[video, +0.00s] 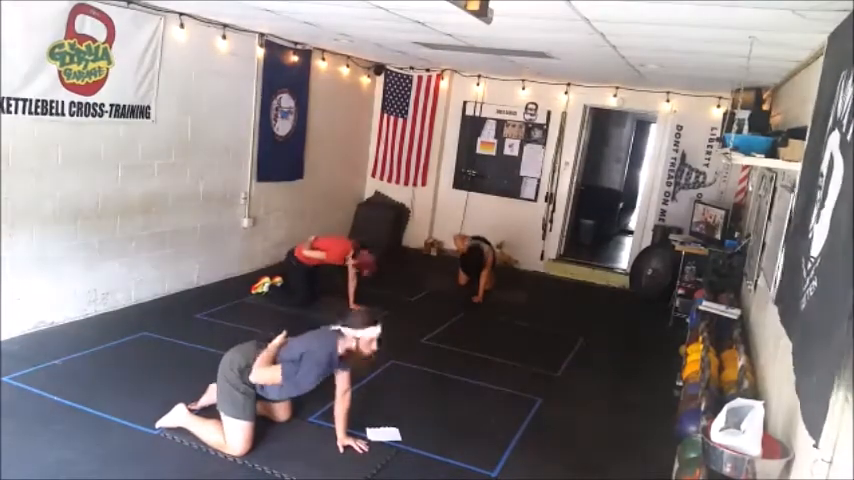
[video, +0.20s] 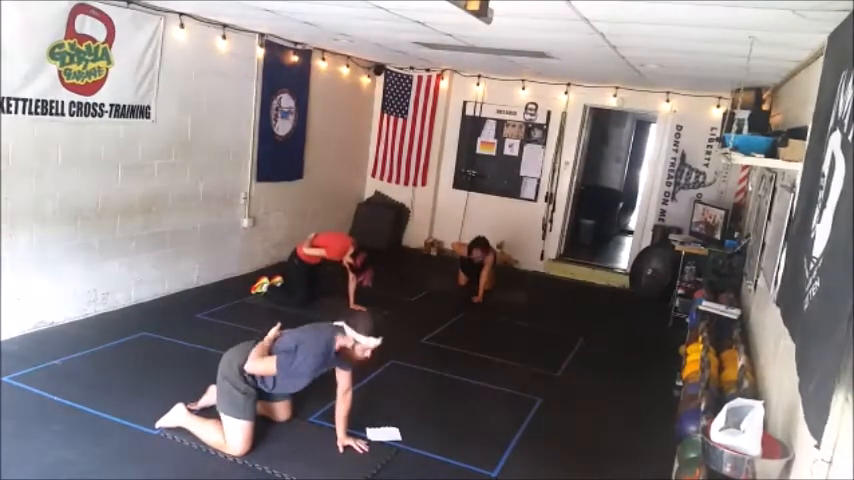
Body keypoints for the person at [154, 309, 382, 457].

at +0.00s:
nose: (375, 346)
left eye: (377, 340)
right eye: (373, 340)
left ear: (355, 333)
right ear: (355, 335)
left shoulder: (341, 343)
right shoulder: (317, 360)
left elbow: (343, 391)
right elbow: (257, 375)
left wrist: (343, 435)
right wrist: (274, 345)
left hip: (262, 355)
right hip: (238, 368)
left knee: (281, 412)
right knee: (237, 446)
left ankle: (221, 395)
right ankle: (183, 417)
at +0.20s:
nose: (370, 353)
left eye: (373, 348)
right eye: (368, 348)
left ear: (352, 335)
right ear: (350, 340)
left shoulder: (344, 340)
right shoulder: (311, 354)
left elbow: (345, 390)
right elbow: (251, 366)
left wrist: (342, 434)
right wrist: (268, 339)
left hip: (271, 364)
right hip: (239, 369)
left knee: (281, 413)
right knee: (236, 446)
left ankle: (220, 397)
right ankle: (183, 417)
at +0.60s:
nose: (373, 356)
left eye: (376, 350)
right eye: (370, 350)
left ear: (354, 336)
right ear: (354, 343)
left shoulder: (343, 338)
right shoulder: (316, 365)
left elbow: (342, 393)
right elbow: (257, 377)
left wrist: (342, 435)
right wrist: (271, 347)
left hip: (260, 356)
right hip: (235, 370)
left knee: (282, 413)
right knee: (236, 445)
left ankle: (220, 397)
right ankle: (183, 417)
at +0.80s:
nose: (366, 359)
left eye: (370, 355)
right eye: (364, 354)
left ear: (350, 338)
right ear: (349, 344)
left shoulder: (338, 337)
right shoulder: (313, 360)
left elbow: (339, 390)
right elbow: (267, 393)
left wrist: (342, 435)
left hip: (257, 354)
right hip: (235, 370)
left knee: (283, 412)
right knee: (236, 445)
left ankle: (218, 395)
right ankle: (182, 417)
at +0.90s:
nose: (362, 355)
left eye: (367, 350)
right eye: (359, 349)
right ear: (343, 339)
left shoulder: (330, 333)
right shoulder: (309, 356)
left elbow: (316, 361)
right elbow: (306, 413)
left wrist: (320, 387)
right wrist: (311, 458)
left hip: (260, 357)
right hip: (237, 370)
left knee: (281, 411)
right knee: (236, 445)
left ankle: (221, 395)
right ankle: (182, 417)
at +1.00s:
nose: (368, 362)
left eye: (373, 358)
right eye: (367, 355)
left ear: (354, 338)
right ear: (353, 341)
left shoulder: (338, 334)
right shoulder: (318, 358)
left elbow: (301, 334)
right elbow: (311, 413)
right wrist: (312, 458)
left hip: (266, 359)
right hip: (240, 366)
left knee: (281, 411)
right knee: (234, 445)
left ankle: (221, 395)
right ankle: (177, 420)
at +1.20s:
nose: (339, 372)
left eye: (343, 374)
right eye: (344, 372)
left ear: (353, 346)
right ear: (347, 361)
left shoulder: (335, 328)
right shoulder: (315, 363)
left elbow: (298, 323)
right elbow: (310, 414)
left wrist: (269, 329)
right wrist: (311, 458)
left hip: (262, 357)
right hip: (235, 367)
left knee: (280, 410)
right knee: (234, 445)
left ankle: (219, 398)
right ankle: (182, 418)